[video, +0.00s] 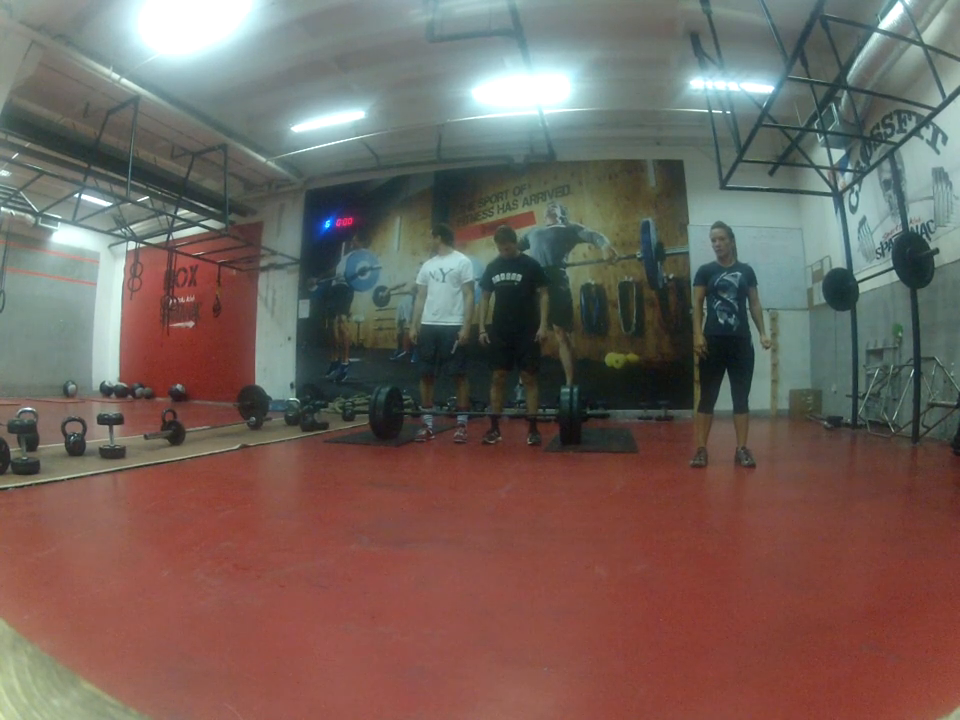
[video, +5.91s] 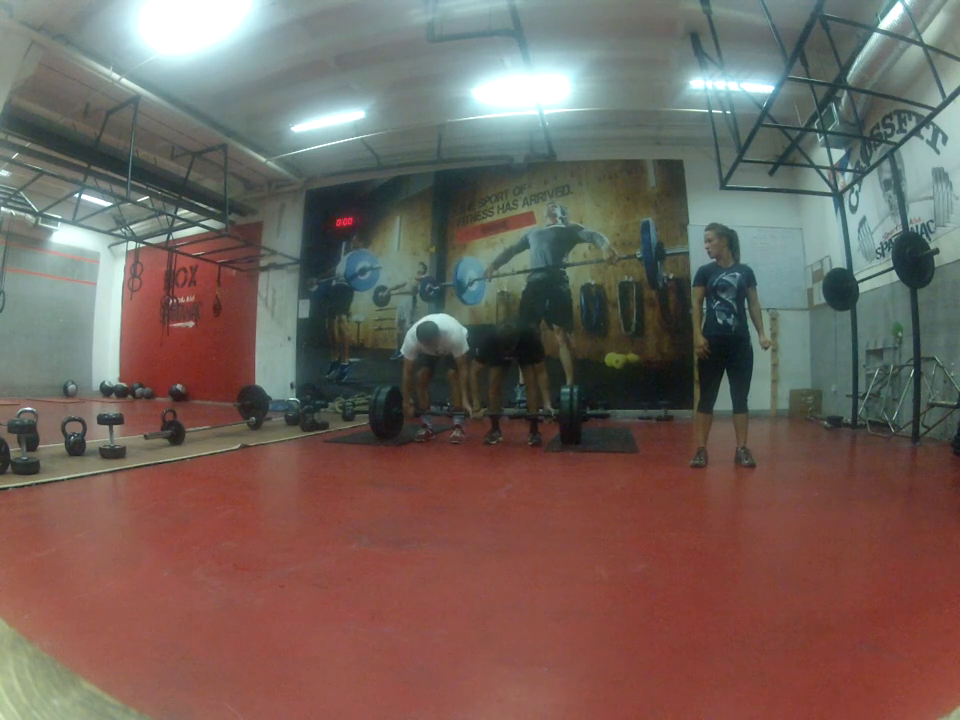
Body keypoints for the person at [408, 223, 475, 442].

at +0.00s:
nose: (430, 241)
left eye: (432, 237)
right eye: (431, 237)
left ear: (441, 238)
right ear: (439, 239)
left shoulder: (462, 261)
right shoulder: (427, 265)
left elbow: (469, 295)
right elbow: (420, 297)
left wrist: (466, 327)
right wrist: (414, 325)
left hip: (454, 327)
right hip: (428, 326)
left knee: (459, 375)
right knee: (426, 374)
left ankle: (462, 424)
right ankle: (427, 424)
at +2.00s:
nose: (437, 247)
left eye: (440, 243)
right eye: (433, 243)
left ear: (446, 242)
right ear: (429, 243)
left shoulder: (458, 264)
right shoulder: (420, 267)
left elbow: (467, 295)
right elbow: (413, 299)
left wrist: (470, 325)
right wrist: (406, 328)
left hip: (454, 328)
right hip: (427, 328)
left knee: (459, 376)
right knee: (426, 376)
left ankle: (461, 426)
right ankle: (427, 426)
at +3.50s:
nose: (431, 277)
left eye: (434, 274)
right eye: (428, 274)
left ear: (441, 267)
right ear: (423, 270)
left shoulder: (456, 277)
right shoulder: (417, 279)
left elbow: (466, 313)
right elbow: (411, 314)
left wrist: (467, 347)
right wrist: (410, 344)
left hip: (455, 330)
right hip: (431, 330)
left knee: (459, 376)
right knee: (426, 376)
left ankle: (461, 425)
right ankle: (427, 425)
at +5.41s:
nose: (429, 283)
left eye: (432, 279)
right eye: (426, 280)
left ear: (439, 272)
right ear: (421, 274)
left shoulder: (456, 279)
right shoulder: (415, 282)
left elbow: (465, 314)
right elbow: (411, 317)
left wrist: (467, 348)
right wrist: (411, 347)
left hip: (456, 331)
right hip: (431, 331)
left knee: (460, 376)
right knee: (426, 376)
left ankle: (461, 425)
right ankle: (426, 425)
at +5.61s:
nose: (427, 299)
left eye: (430, 295)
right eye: (423, 296)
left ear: (436, 287)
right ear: (417, 290)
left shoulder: (453, 293)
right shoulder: (412, 295)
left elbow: (464, 327)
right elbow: (409, 328)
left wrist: (467, 362)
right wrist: (408, 360)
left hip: (452, 333)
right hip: (428, 333)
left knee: (456, 374)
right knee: (423, 375)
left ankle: (459, 425)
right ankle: (426, 425)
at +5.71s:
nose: (427, 318)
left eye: (429, 314)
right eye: (423, 315)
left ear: (435, 308)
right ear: (417, 310)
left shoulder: (452, 312)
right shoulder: (410, 315)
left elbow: (463, 346)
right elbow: (407, 349)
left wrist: (467, 384)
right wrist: (407, 383)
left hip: (452, 340)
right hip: (427, 341)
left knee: (454, 374)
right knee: (422, 376)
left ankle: (459, 426)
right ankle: (426, 426)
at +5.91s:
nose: (430, 346)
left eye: (432, 343)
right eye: (427, 345)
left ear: (438, 336)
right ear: (420, 340)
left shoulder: (454, 336)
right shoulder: (411, 338)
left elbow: (463, 368)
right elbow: (407, 371)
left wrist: (465, 400)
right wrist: (407, 401)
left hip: (452, 350)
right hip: (427, 351)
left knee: (453, 375)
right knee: (421, 376)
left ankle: (458, 425)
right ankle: (426, 424)